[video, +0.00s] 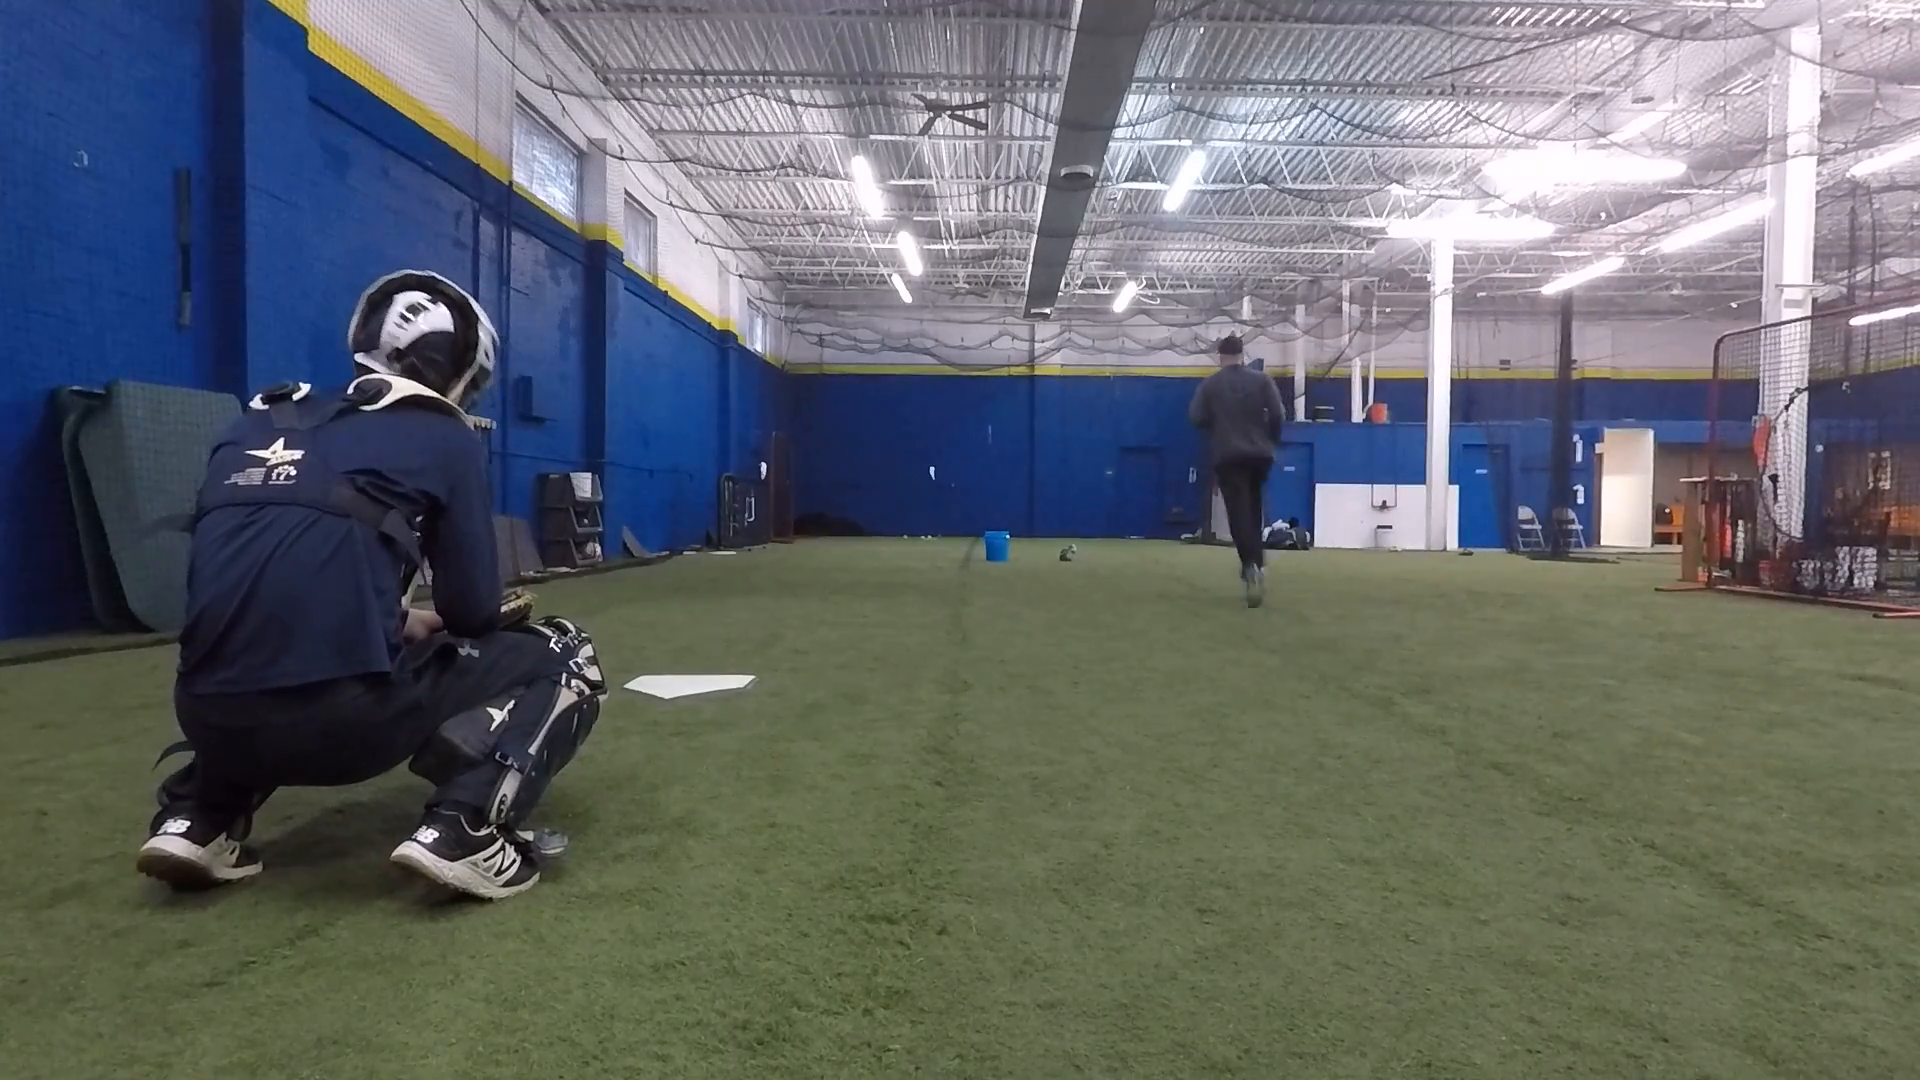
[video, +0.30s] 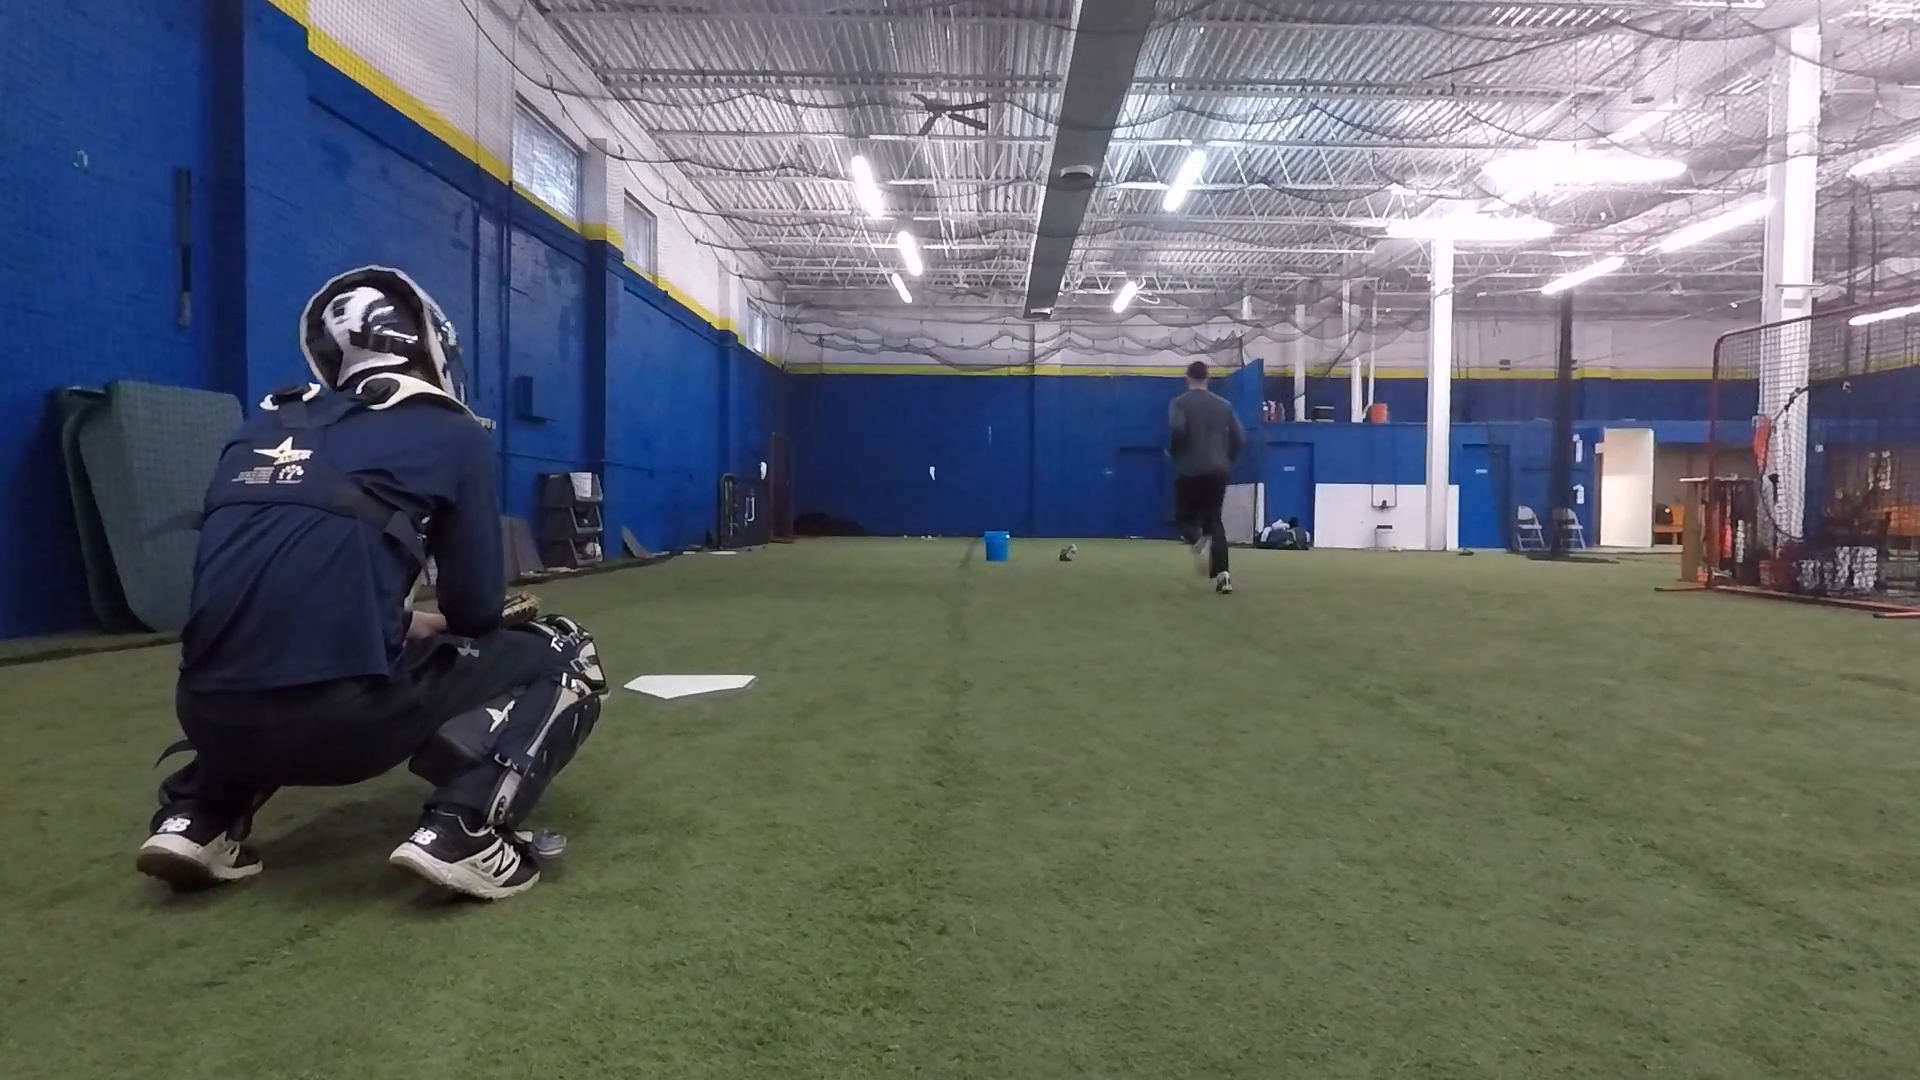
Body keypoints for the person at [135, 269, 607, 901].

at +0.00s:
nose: (472, 395)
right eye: (472, 380)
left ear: (362, 351)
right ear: (457, 375)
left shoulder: (257, 419)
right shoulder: (447, 436)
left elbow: (240, 576)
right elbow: (472, 610)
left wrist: (391, 619)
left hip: (217, 721)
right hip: (345, 722)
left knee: (275, 623)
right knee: (567, 657)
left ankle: (196, 817)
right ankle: (466, 826)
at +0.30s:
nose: (452, 354)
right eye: (444, 340)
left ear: (324, 362)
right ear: (431, 346)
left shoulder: (259, 428)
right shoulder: (454, 433)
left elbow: (248, 581)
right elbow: (475, 609)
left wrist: (392, 622)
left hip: (217, 721)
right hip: (343, 722)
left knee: (283, 623)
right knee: (567, 654)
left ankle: (196, 817)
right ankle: (464, 826)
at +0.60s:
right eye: (420, 351)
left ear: (305, 373)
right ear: (407, 358)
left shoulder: (254, 429)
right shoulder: (452, 433)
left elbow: (254, 589)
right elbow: (477, 612)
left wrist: (403, 626)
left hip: (216, 722)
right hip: (345, 726)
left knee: (275, 629)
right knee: (565, 654)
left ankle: (196, 816)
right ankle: (464, 826)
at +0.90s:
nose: (442, 371)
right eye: (430, 357)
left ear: (310, 376)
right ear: (414, 361)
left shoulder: (258, 427)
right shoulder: (451, 433)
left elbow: (257, 589)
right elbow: (474, 613)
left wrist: (404, 626)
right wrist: (503, 613)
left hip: (216, 722)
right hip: (343, 725)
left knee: (279, 630)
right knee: (565, 655)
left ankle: (196, 817)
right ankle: (463, 826)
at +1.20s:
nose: (449, 360)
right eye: (440, 345)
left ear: (324, 362)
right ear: (427, 349)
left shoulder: (260, 428)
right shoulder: (451, 434)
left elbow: (254, 588)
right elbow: (473, 612)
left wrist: (400, 625)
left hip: (217, 722)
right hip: (343, 725)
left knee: (279, 628)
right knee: (566, 656)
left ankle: (197, 816)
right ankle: (465, 826)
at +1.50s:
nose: (454, 363)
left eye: (450, 349)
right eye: (448, 347)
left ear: (327, 356)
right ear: (430, 346)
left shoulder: (262, 426)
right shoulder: (451, 436)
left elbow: (257, 585)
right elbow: (472, 611)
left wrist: (399, 627)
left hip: (218, 722)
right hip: (346, 724)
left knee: (281, 630)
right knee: (565, 657)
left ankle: (196, 816)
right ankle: (465, 826)